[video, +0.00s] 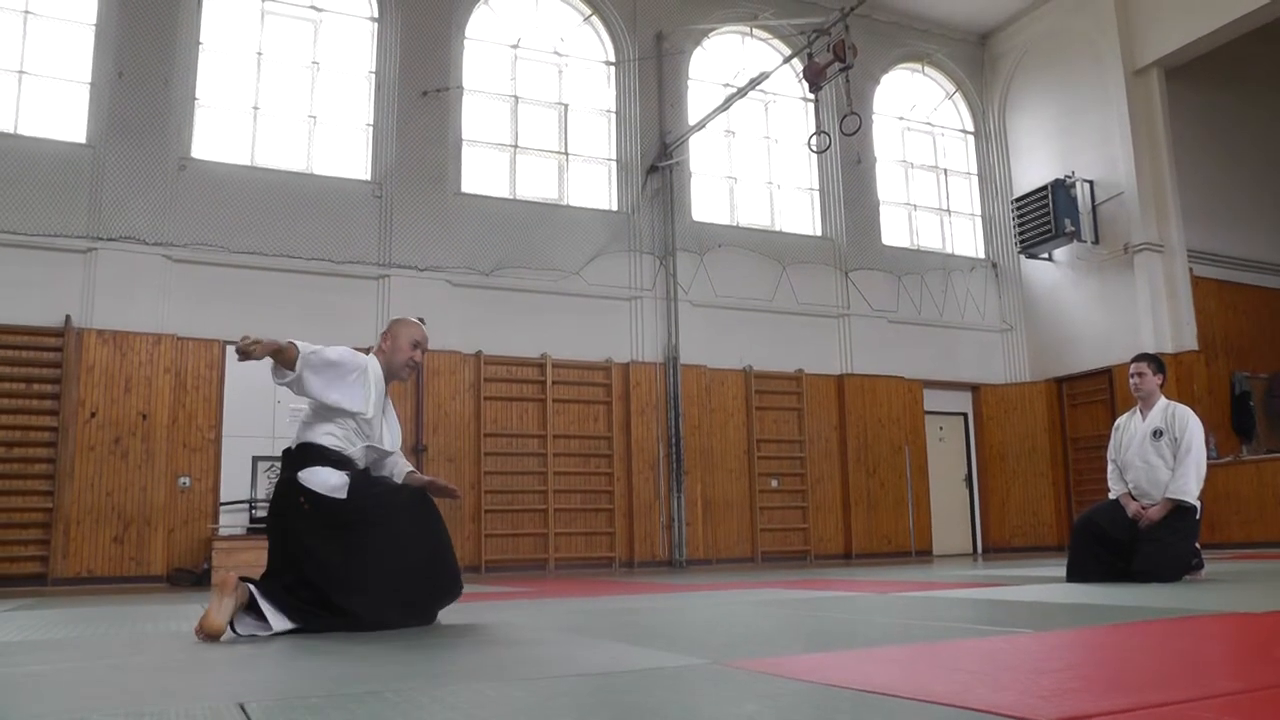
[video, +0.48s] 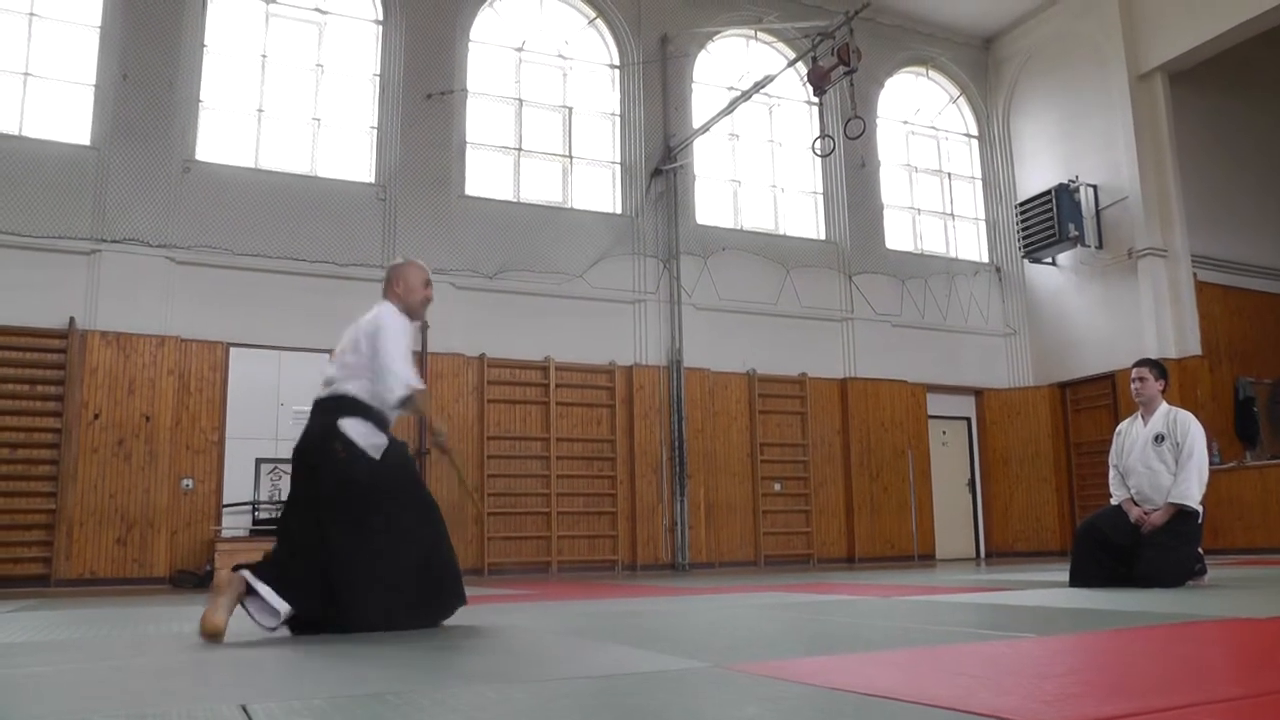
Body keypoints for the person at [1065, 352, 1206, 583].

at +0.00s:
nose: (1134, 381)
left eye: (1141, 375)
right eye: (1131, 376)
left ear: (1159, 379)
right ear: (1128, 381)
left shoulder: (1182, 417)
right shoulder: (1121, 424)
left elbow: (1191, 469)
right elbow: (1113, 469)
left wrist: (1162, 507)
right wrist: (1128, 503)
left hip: (1174, 509)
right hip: (1130, 507)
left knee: (1150, 572)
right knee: (1086, 528)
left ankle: (1191, 556)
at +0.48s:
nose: (1135, 386)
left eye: (1142, 380)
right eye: (1132, 381)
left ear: (1160, 385)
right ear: (1129, 386)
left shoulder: (1183, 422)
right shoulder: (1123, 430)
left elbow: (1193, 474)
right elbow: (1114, 475)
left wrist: (1164, 513)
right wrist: (1130, 508)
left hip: (1176, 514)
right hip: (1131, 513)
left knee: (1152, 576)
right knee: (1089, 533)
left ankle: (1193, 561)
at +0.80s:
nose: (1132, 388)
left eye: (1139, 382)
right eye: (1130, 383)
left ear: (1158, 386)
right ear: (1127, 388)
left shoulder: (1181, 422)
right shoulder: (1121, 431)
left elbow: (1192, 473)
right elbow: (1113, 477)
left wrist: (1165, 513)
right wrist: (1130, 509)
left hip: (1176, 515)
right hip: (1131, 514)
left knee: (1154, 578)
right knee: (1089, 534)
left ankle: (1194, 561)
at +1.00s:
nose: (1130, 390)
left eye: (1136, 383)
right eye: (1127, 385)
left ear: (1155, 387)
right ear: (1124, 390)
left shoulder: (1179, 423)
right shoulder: (1120, 433)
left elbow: (1190, 474)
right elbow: (1113, 479)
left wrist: (1163, 515)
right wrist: (1129, 511)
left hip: (1175, 517)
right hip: (1131, 515)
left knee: (1154, 580)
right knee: (1089, 536)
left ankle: (1194, 563)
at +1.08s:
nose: (1130, 391)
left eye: (1136, 384)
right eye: (1127, 386)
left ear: (1155, 388)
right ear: (1124, 391)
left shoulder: (1179, 424)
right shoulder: (1120, 435)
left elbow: (1190, 476)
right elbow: (1113, 481)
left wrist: (1163, 516)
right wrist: (1130, 512)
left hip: (1176, 518)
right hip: (1132, 517)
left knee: (1154, 581)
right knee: (1090, 537)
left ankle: (1195, 565)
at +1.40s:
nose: (1131, 395)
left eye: (1137, 389)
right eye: (1128, 391)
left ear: (1156, 393)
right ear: (1126, 396)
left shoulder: (1180, 429)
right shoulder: (1121, 440)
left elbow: (1192, 480)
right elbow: (1115, 485)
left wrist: (1165, 520)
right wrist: (1131, 516)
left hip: (1178, 522)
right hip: (1134, 521)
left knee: (1158, 586)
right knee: (1093, 541)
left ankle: (1198, 569)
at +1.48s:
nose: (1131, 396)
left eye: (1137, 389)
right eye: (1129, 391)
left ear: (1156, 394)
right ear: (1126, 397)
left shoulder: (1180, 430)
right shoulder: (1122, 441)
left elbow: (1191, 482)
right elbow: (1115, 486)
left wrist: (1165, 521)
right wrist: (1131, 517)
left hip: (1177, 522)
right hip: (1133, 522)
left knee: (1157, 586)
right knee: (1093, 542)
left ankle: (1198, 570)